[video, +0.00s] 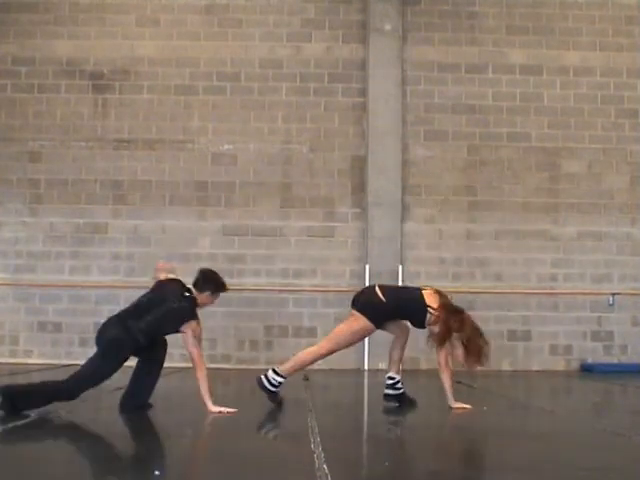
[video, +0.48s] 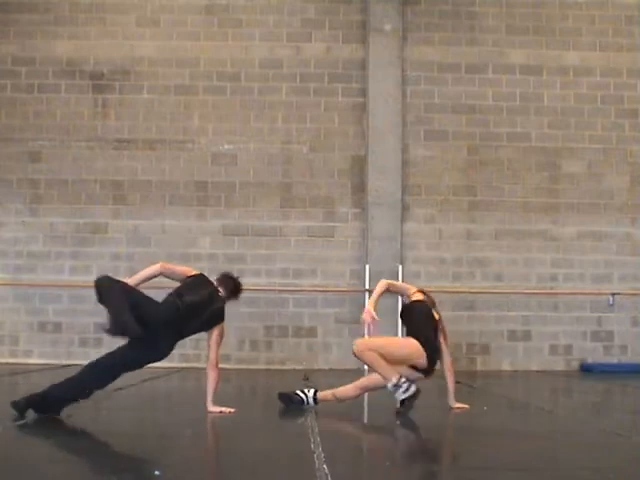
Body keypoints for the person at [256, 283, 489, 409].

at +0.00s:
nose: (442, 337)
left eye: (446, 335)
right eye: (444, 333)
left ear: (450, 315)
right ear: (449, 324)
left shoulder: (435, 298)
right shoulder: (436, 320)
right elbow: (444, 364)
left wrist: (460, 355)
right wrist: (452, 401)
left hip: (372, 298)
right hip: (373, 308)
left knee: (403, 330)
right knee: (325, 348)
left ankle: (393, 383)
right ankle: (273, 377)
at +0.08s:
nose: (449, 342)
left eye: (453, 341)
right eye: (453, 341)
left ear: (452, 324)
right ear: (453, 328)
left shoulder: (440, 299)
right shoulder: (441, 322)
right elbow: (444, 363)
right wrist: (452, 401)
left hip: (377, 285)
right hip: (384, 301)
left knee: (391, 328)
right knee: (340, 344)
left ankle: (383, 380)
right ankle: (289, 377)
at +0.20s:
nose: (441, 337)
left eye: (443, 334)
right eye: (443, 334)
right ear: (447, 326)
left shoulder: (430, 292)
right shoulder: (442, 318)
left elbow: (398, 281)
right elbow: (447, 363)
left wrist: (374, 292)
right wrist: (451, 400)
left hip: (382, 288)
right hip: (400, 309)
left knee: (369, 318)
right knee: (351, 354)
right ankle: (302, 387)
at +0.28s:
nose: (445, 331)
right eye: (447, 327)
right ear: (445, 316)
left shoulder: (422, 287)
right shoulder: (442, 320)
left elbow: (387, 272)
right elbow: (447, 365)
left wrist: (373, 297)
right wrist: (452, 401)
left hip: (399, 303)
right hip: (410, 330)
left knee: (354, 314)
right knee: (357, 364)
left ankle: (336, 328)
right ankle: (308, 391)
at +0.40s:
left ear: (422, 291)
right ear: (436, 304)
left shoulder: (418, 288)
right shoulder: (440, 320)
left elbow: (384, 276)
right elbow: (448, 364)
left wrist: (366, 298)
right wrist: (452, 401)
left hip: (410, 329)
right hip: (419, 353)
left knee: (347, 322)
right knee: (362, 377)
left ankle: (378, 351)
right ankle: (310, 396)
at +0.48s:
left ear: (416, 293)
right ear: (430, 301)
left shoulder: (414, 292)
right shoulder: (437, 319)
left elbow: (384, 283)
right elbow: (447, 360)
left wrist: (369, 306)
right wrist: (452, 400)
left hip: (418, 349)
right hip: (424, 368)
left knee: (361, 347)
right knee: (361, 385)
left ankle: (402, 388)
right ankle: (310, 398)